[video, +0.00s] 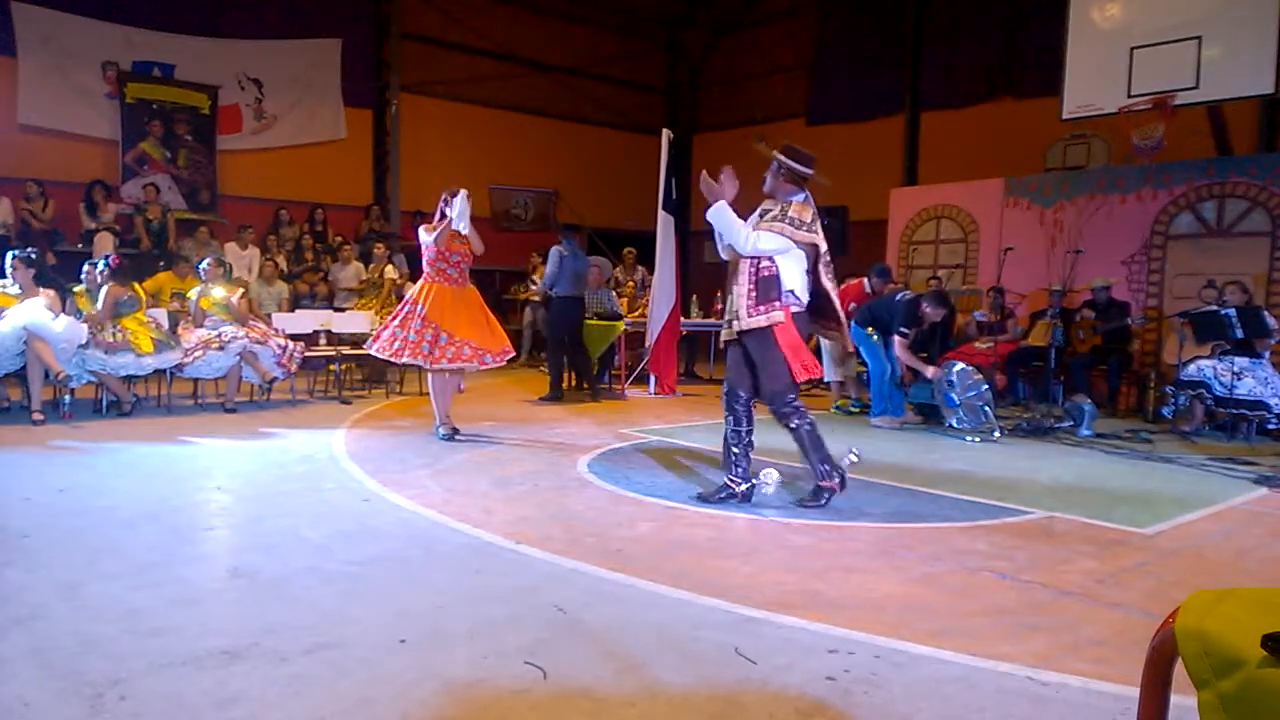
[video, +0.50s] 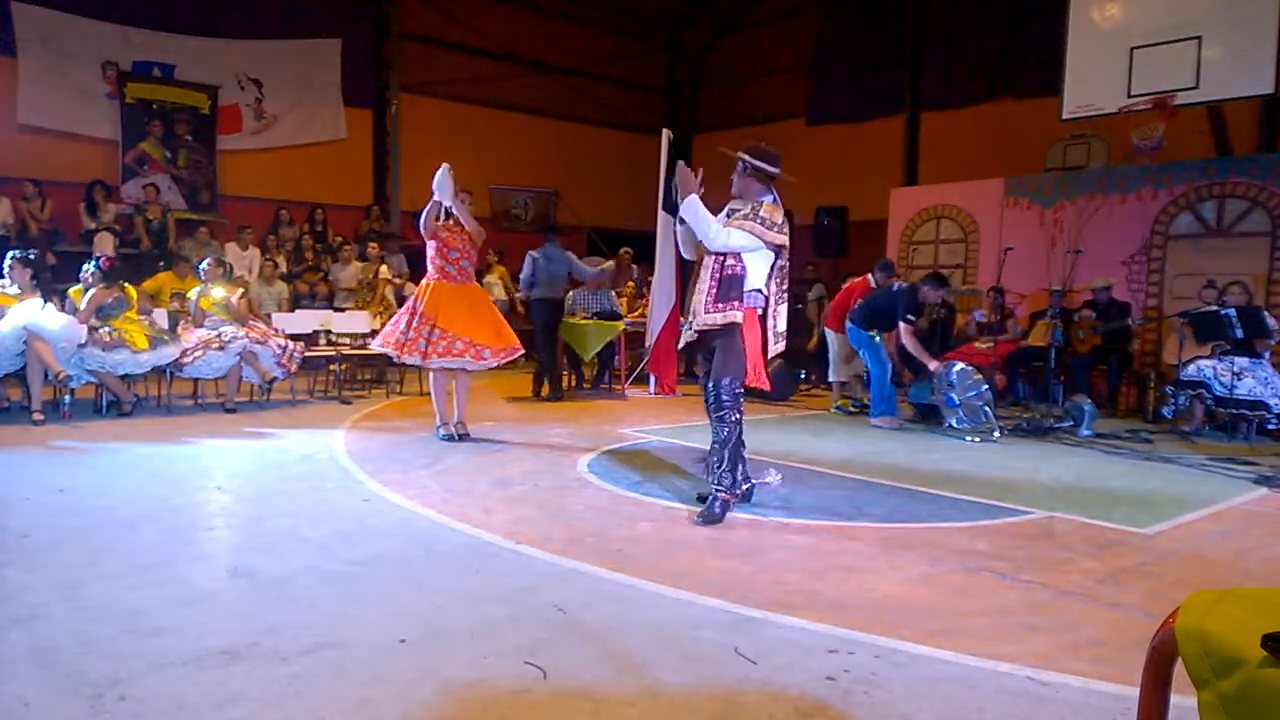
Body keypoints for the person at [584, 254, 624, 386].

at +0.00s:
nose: (593, 278)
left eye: (596, 274)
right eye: (591, 274)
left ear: (602, 278)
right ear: (586, 277)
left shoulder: (610, 294)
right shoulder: (582, 293)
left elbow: (619, 312)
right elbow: (576, 312)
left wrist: (602, 315)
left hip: (606, 327)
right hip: (586, 326)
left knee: (608, 347)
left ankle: (599, 378)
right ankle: (582, 378)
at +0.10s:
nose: (592, 277)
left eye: (595, 274)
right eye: (589, 274)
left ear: (601, 278)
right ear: (585, 277)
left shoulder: (608, 293)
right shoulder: (580, 293)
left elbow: (619, 313)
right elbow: (574, 311)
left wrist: (600, 315)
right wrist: (582, 317)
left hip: (604, 329)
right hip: (584, 327)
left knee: (608, 349)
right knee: (573, 348)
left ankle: (597, 380)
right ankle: (578, 380)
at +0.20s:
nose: (593, 278)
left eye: (596, 274)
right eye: (590, 274)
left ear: (602, 277)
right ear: (585, 276)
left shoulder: (609, 293)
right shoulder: (579, 293)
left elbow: (618, 312)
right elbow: (573, 312)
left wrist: (599, 315)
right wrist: (581, 316)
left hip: (603, 329)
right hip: (583, 328)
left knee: (608, 349)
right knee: (572, 348)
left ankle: (598, 379)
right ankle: (579, 377)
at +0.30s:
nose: (592, 278)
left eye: (596, 274)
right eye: (590, 274)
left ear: (601, 277)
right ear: (585, 277)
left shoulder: (608, 293)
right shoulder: (577, 293)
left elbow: (618, 313)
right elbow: (575, 313)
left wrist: (599, 315)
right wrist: (583, 315)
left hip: (603, 329)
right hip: (583, 328)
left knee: (609, 348)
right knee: (571, 347)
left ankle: (598, 380)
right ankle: (579, 378)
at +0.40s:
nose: (597, 280)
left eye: (599, 276)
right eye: (593, 276)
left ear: (603, 278)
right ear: (586, 278)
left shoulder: (609, 294)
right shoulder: (574, 294)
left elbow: (618, 314)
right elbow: (571, 314)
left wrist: (598, 316)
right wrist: (578, 315)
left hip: (602, 329)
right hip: (581, 329)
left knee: (609, 348)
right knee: (571, 347)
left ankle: (598, 379)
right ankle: (579, 377)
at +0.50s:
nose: (597, 282)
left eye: (600, 278)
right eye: (594, 278)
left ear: (603, 280)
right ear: (587, 279)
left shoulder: (609, 294)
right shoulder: (573, 294)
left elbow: (619, 313)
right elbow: (567, 315)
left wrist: (597, 315)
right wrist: (578, 315)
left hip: (602, 330)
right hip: (580, 330)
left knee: (608, 349)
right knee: (571, 349)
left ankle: (598, 380)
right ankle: (579, 378)